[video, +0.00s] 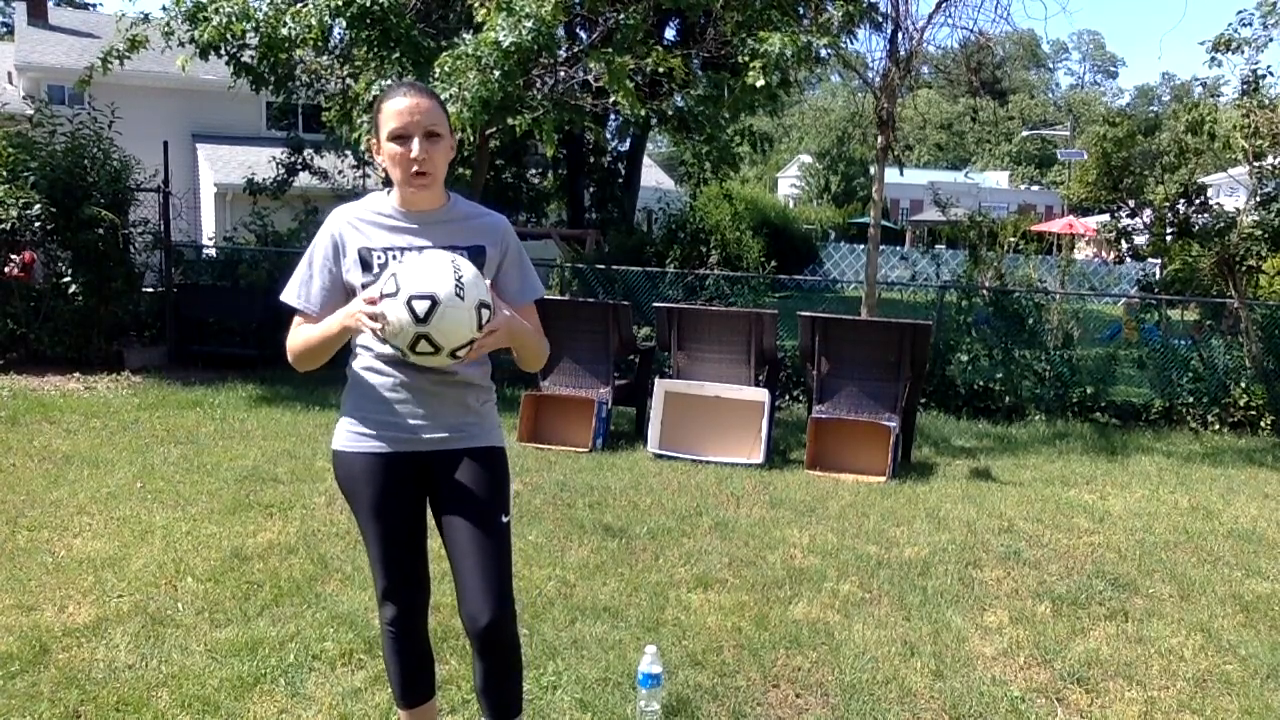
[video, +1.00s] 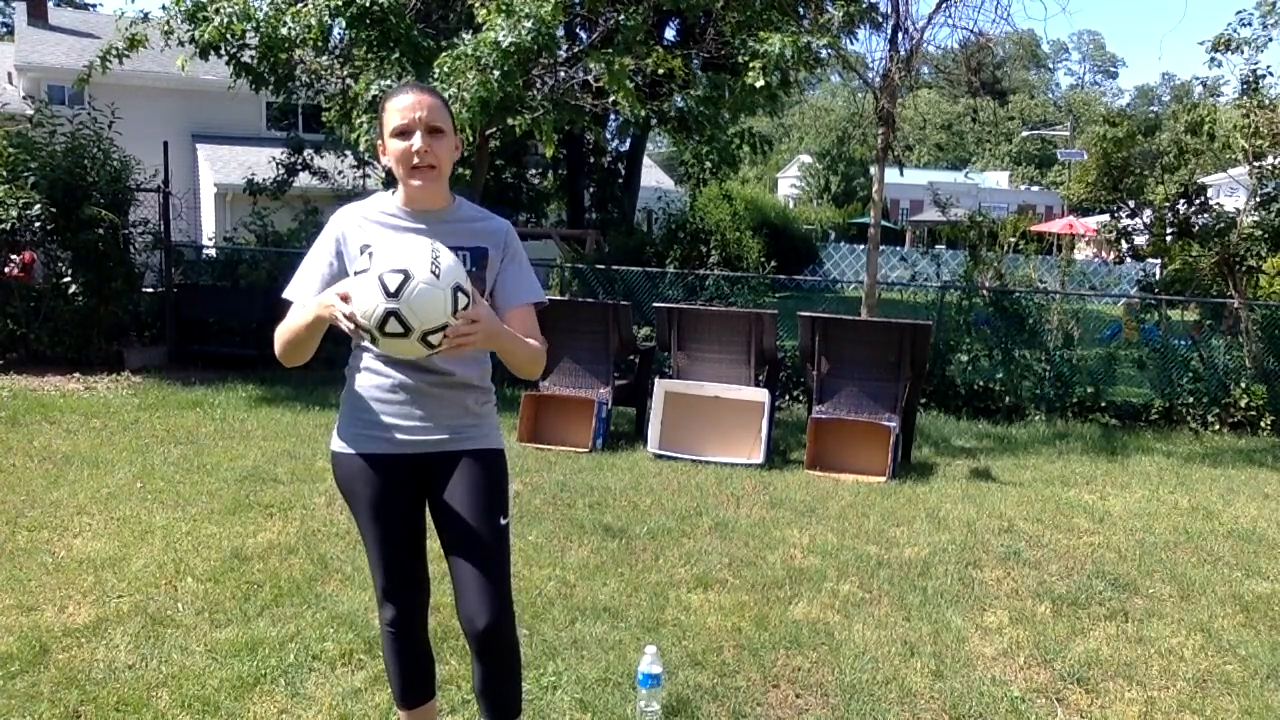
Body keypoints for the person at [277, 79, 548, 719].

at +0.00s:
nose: (417, 150)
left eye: (431, 136)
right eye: (401, 137)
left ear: (452, 146)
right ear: (377, 151)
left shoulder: (490, 230)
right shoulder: (346, 227)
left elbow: (538, 357)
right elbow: (299, 353)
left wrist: (515, 328)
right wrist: (346, 318)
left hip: (469, 437)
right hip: (375, 438)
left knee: (491, 619)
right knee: (400, 608)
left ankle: (503, 718)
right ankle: (420, 716)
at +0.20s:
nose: (419, 154)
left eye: (433, 139)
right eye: (402, 141)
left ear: (453, 148)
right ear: (379, 151)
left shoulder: (490, 232)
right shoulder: (348, 227)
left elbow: (542, 360)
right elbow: (292, 354)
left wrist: (517, 324)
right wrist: (336, 312)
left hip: (468, 438)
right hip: (374, 437)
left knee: (491, 619)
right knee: (400, 607)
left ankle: (504, 718)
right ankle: (420, 716)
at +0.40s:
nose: (418, 159)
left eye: (432, 144)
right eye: (402, 146)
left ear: (453, 149)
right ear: (379, 152)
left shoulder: (490, 232)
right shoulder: (348, 227)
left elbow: (540, 359)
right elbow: (290, 351)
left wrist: (519, 315)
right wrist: (327, 307)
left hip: (468, 438)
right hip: (374, 439)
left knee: (490, 618)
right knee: (400, 608)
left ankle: (502, 718)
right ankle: (419, 716)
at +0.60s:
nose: (418, 155)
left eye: (432, 141)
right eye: (402, 142)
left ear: (454, 149)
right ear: (381, 152)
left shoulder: (490, 233)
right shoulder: (348, 227)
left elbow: (539, 360)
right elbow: (290, 352)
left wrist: (514, 317)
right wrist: (325, 313)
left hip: (467, 439)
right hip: (374, 439)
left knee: (488, 619)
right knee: (400, 609)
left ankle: (502, 718)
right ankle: (419, 717)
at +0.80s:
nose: (421, 152)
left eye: (434, 138)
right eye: (405, 140)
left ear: (456, 147)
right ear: (383, 153)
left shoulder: (491, 233)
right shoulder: (350, 227)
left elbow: (536, 360)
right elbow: (289, 352)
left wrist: (505, 323)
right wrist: (321, 311)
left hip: (467, 439)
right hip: (374, 439)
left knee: (489, 620)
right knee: (400, 611)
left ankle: (502, 719)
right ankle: (420, 718)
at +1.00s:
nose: (420, 143)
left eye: (434, 130)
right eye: (403, 132)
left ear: (457, 145)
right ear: (382, 152)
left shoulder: (493, 233)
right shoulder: (350, 226)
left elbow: (534, 363)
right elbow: (288, 352)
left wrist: (497, 332)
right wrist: (320, 308)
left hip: (467, 440)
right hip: (374, 440)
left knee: (489, 621)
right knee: (399, 610)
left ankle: (502, 719)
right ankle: (418, 716)